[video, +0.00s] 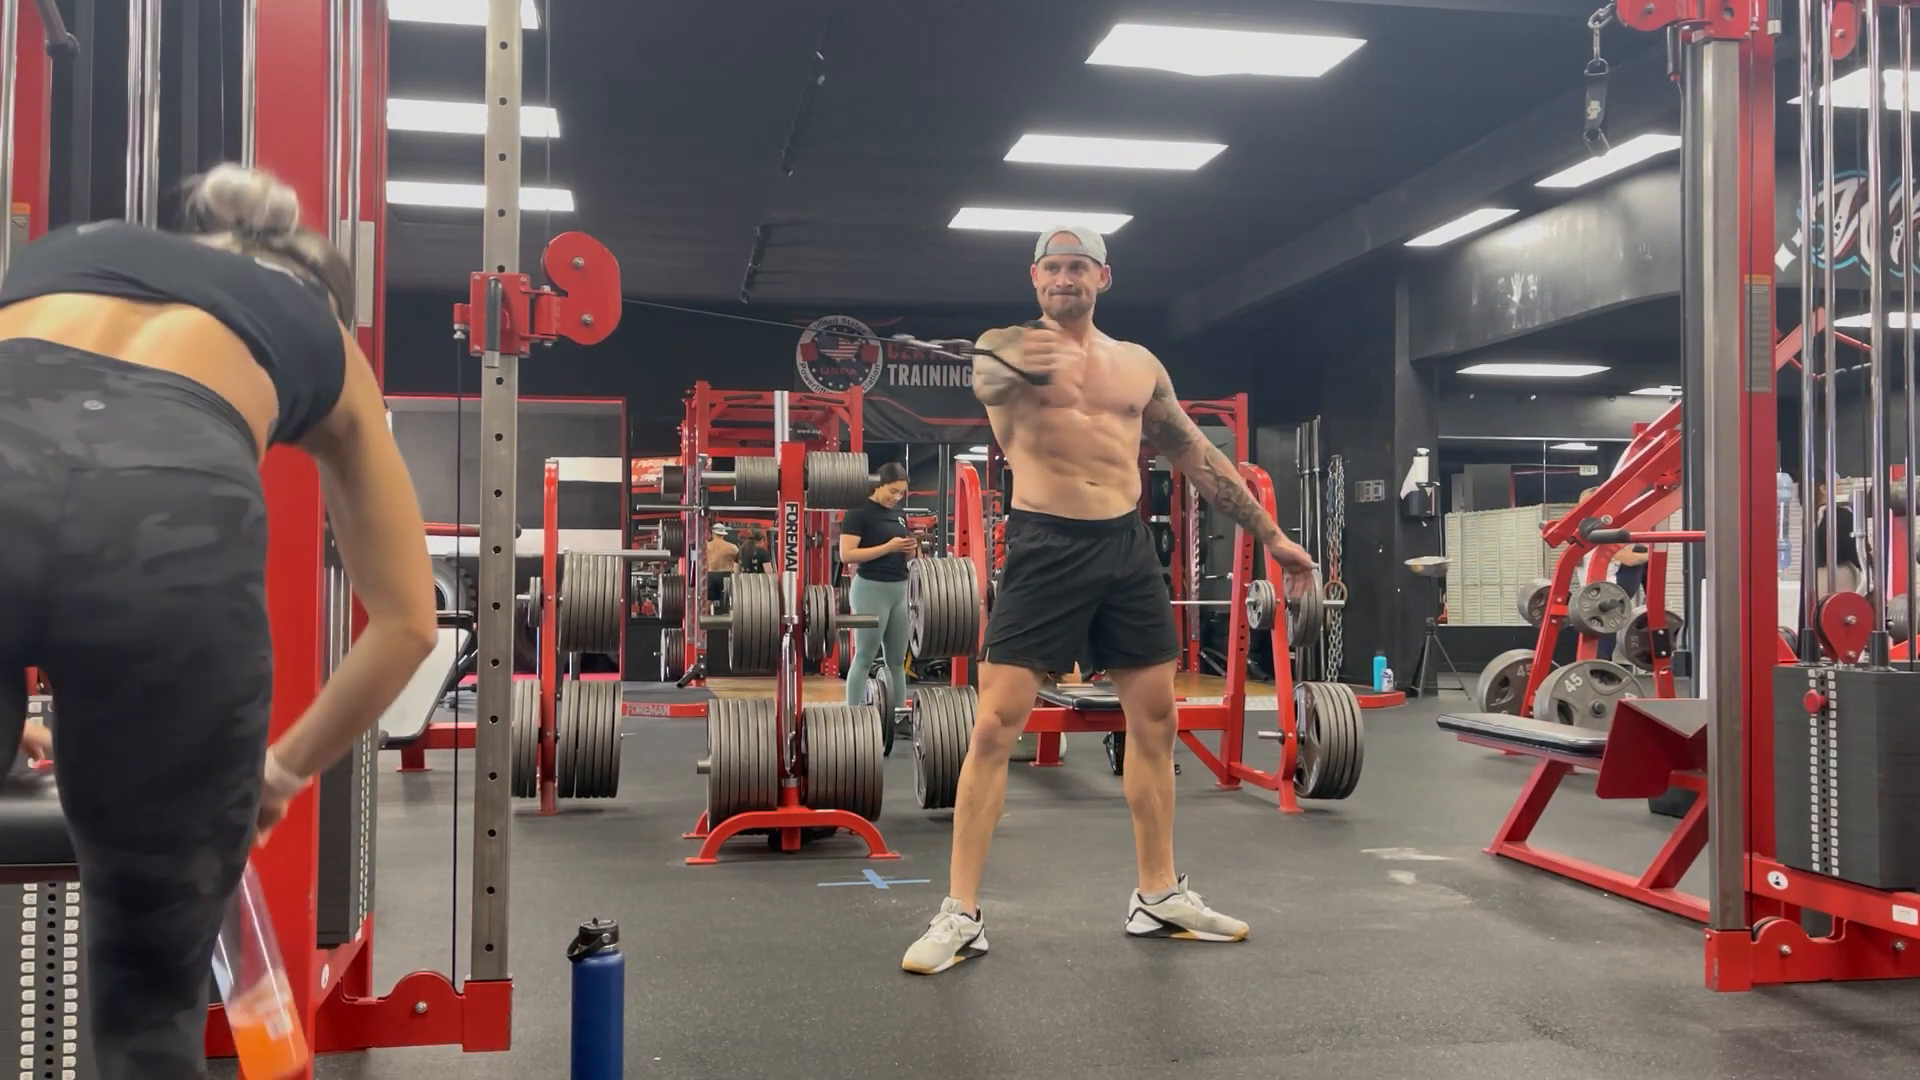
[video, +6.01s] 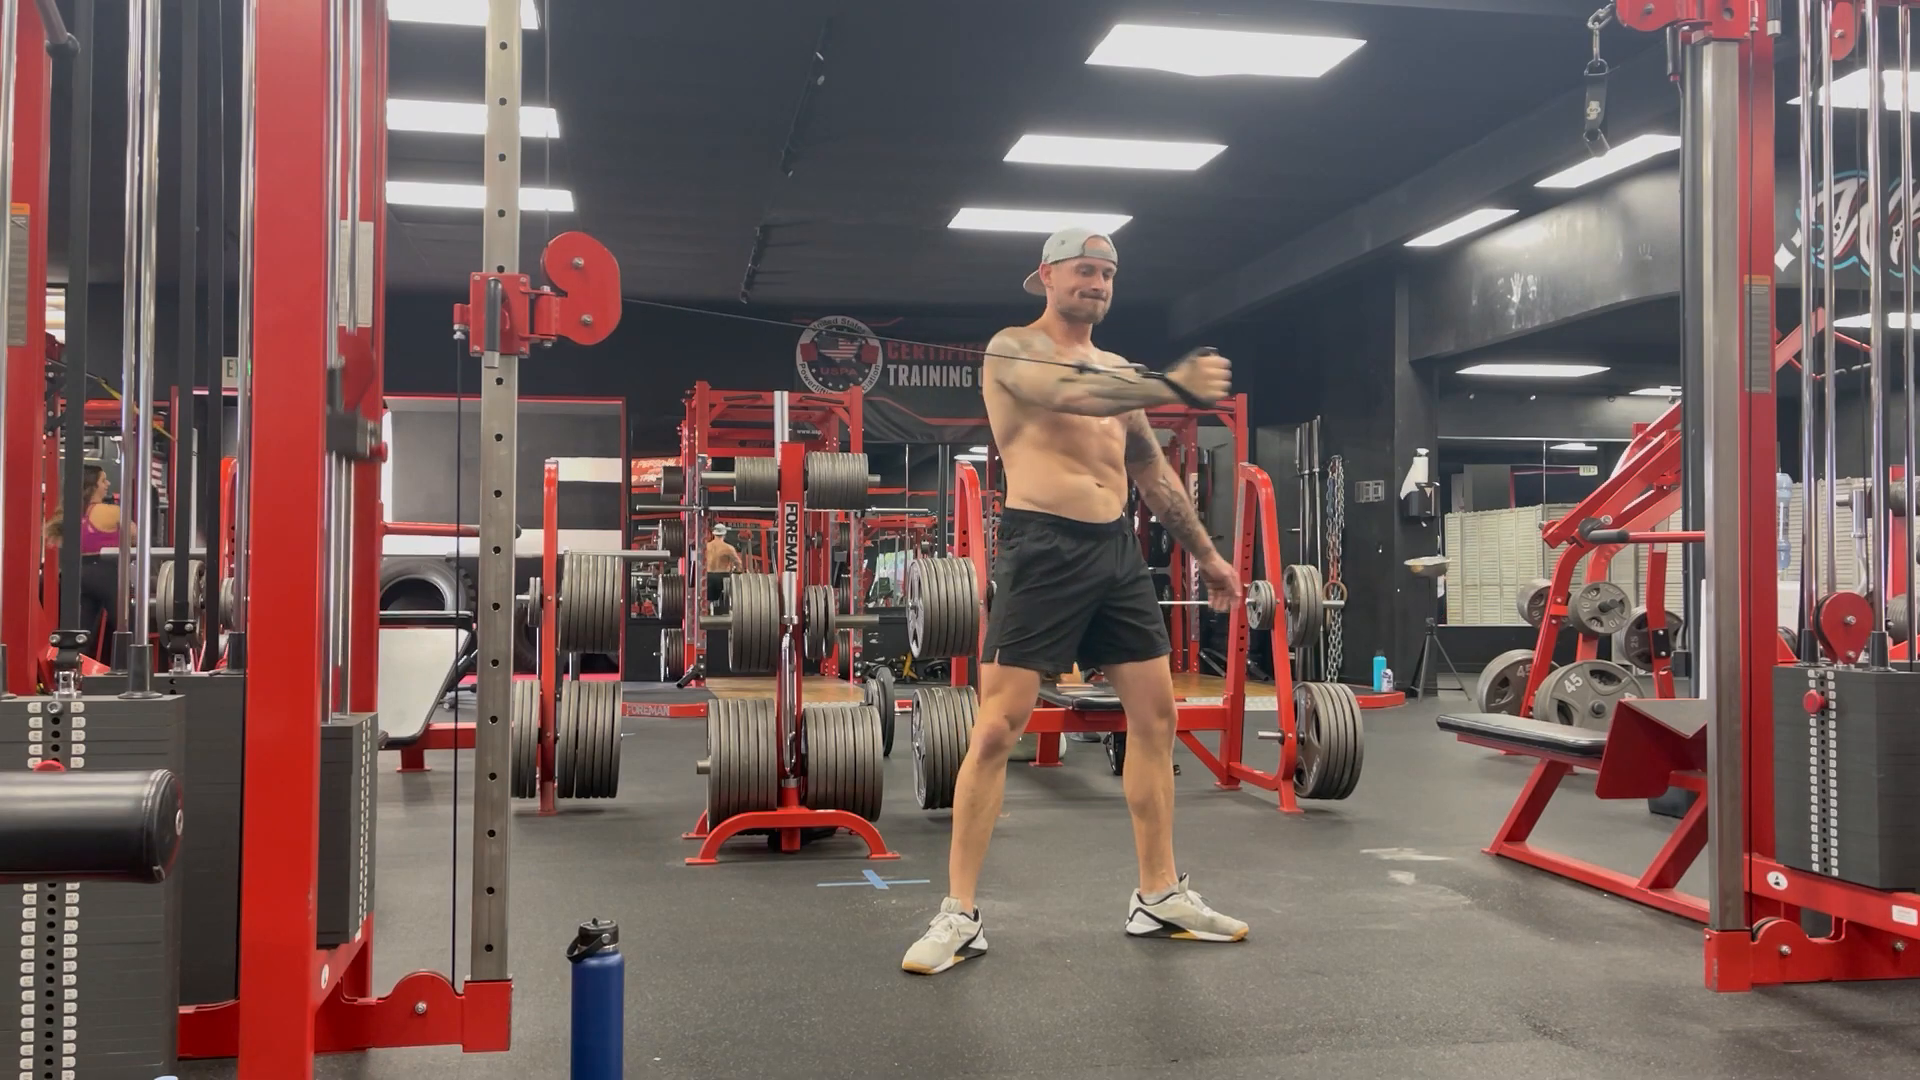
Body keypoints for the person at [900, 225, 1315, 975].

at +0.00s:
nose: (1065, 278)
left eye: (1079, 266)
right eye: (1053, 267)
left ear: (1104, 279)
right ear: (1034, 278)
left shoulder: (1140, 365)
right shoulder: (1005, 346)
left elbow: (1203, 460)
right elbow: (988, 383)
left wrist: (1272, 536)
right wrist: (1021, 365)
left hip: (1129, 551)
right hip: (1042, 552)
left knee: (1156, 719)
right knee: (993, 725)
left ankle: (1158, 894)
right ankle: (960, 910)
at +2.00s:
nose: (1108, 282)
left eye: (1113, 272)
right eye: (1094, 267)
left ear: (1109, 285)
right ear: (1049, 273)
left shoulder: (1108, 368)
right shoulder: (1024, 345)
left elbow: (1138, 472)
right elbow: (1126, 382)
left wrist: (1184, 544)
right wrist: (1256, 379)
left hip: (1127, 553)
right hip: (1053, 550)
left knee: (1148, 723)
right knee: (1007, 735)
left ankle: (1157, 894)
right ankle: (961, 911)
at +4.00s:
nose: (1127, 289)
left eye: (1128, 277)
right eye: (1118, 275)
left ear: (1081, 277)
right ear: (1075, 274)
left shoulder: (1087, 348)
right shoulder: (1064, 340)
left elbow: (1172, 397)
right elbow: (1175, 393)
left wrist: (1257, 396)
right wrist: (1274, 397)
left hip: (1112, 555)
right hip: (1052, 550)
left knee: (1144, 720)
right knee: (1013, 737)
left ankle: (1158, 894)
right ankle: (960, 911)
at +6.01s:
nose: (1095, 283)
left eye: (1105, 273)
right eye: (1081, 269)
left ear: (1112, 288)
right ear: (1044, 277)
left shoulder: (1121, 374)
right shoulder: (1009, 347)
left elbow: (1156, 475)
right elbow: (1061, 390)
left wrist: (1210, 556)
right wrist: (1173, 385)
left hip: (1118, 553)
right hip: (1038, 549)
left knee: (1154, 717)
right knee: (994, 731)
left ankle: (1159, 894)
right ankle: (959, 910)